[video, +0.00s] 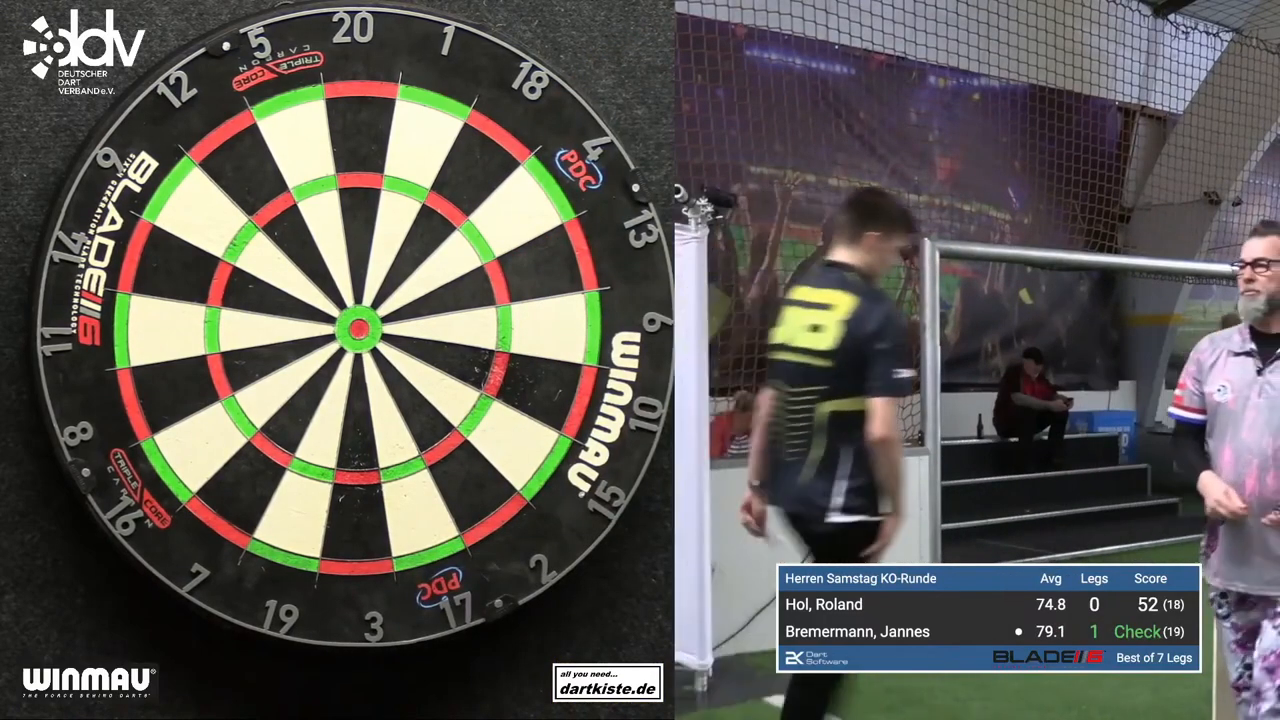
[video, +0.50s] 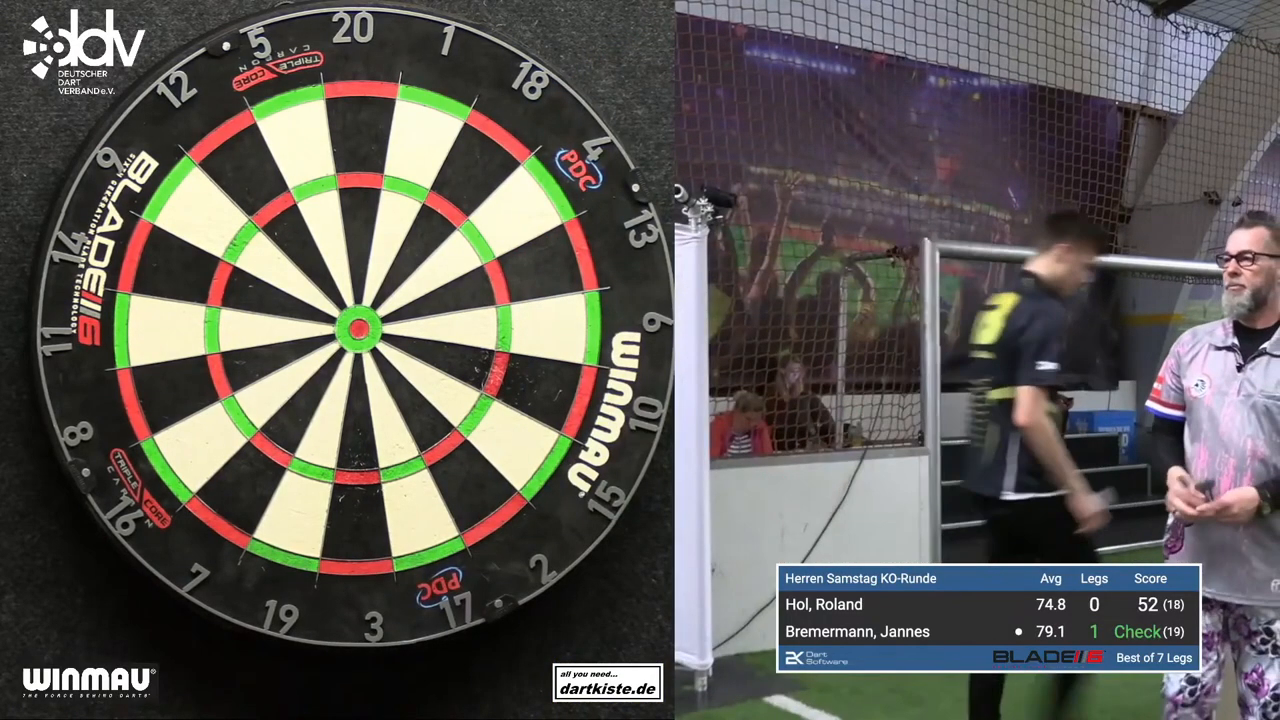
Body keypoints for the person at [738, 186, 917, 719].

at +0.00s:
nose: (898, 263)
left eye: (901, 252)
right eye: (897, 250)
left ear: (847, 236)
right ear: (870, 238)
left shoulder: (799, 292)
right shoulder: (875, 310)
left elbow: (770, 395)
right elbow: (879, 432)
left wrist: (756, 483)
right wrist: (894, 507)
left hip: (792, 489)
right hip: (845, 499)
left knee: (847, 613)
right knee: (839, 626)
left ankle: (819, 705)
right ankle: (800, 711)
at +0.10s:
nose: (939, 267)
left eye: (942, 256)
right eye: (938, 255)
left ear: (895, 247)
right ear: (917, 249)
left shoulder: (849, 302)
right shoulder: (921, 319)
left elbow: (816, 398)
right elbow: (922, 438)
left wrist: (772, 473)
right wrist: (934, 515)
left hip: (840, 488)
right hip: (888, 500)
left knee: (894, 621)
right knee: (859, 627)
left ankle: (929, 711)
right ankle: (814, 713)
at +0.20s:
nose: (973, 274)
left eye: (975, 262)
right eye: (970, 261)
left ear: (924, 254)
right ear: (946, 256)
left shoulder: (881, 309)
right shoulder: (950, 326)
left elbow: (851, 404)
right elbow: (948, 440)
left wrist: (805, 471)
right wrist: (966, 516)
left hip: (877, 496)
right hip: (920, 506)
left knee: (934, 630)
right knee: (899, 629)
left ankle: (961, 714)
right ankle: (828, 713)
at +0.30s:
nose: (1019, 280)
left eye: (1022, 270)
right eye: (1018, 267)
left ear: (972, 255)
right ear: (992, 257)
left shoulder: (924, 309)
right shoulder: (990, 319)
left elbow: (906, 401)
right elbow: (984, 429)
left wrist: (893, 481)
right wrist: (1005, 511)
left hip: (926, 489)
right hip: (965, 498)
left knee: (977, 625)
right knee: (963, 633)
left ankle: (976, 714)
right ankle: (878, 714)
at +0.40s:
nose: (1044, 282)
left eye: (1049, 270)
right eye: (1045, 268)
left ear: (1006, 254)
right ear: (1022, 254)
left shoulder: (955, 306)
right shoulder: (1009, 314)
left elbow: (951, 401)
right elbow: (1001, 420)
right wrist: (1035, 504)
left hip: (952, 489)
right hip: (989, 495)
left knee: (984, 620)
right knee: (996, 624)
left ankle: (980, 712)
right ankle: (927, 711)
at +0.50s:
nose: (1087, 279)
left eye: (1090, 269)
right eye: (1085, 267)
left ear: (1052, 253)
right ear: (1061, 253)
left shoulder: (997, 301)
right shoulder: (1045, 313)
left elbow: (981, 387)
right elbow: (1029, 413)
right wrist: (1080, 491)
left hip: (991, 486)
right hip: (1033, 492)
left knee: (999, 606)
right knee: (1088, 600)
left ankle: (984, 711)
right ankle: (1059, 706)